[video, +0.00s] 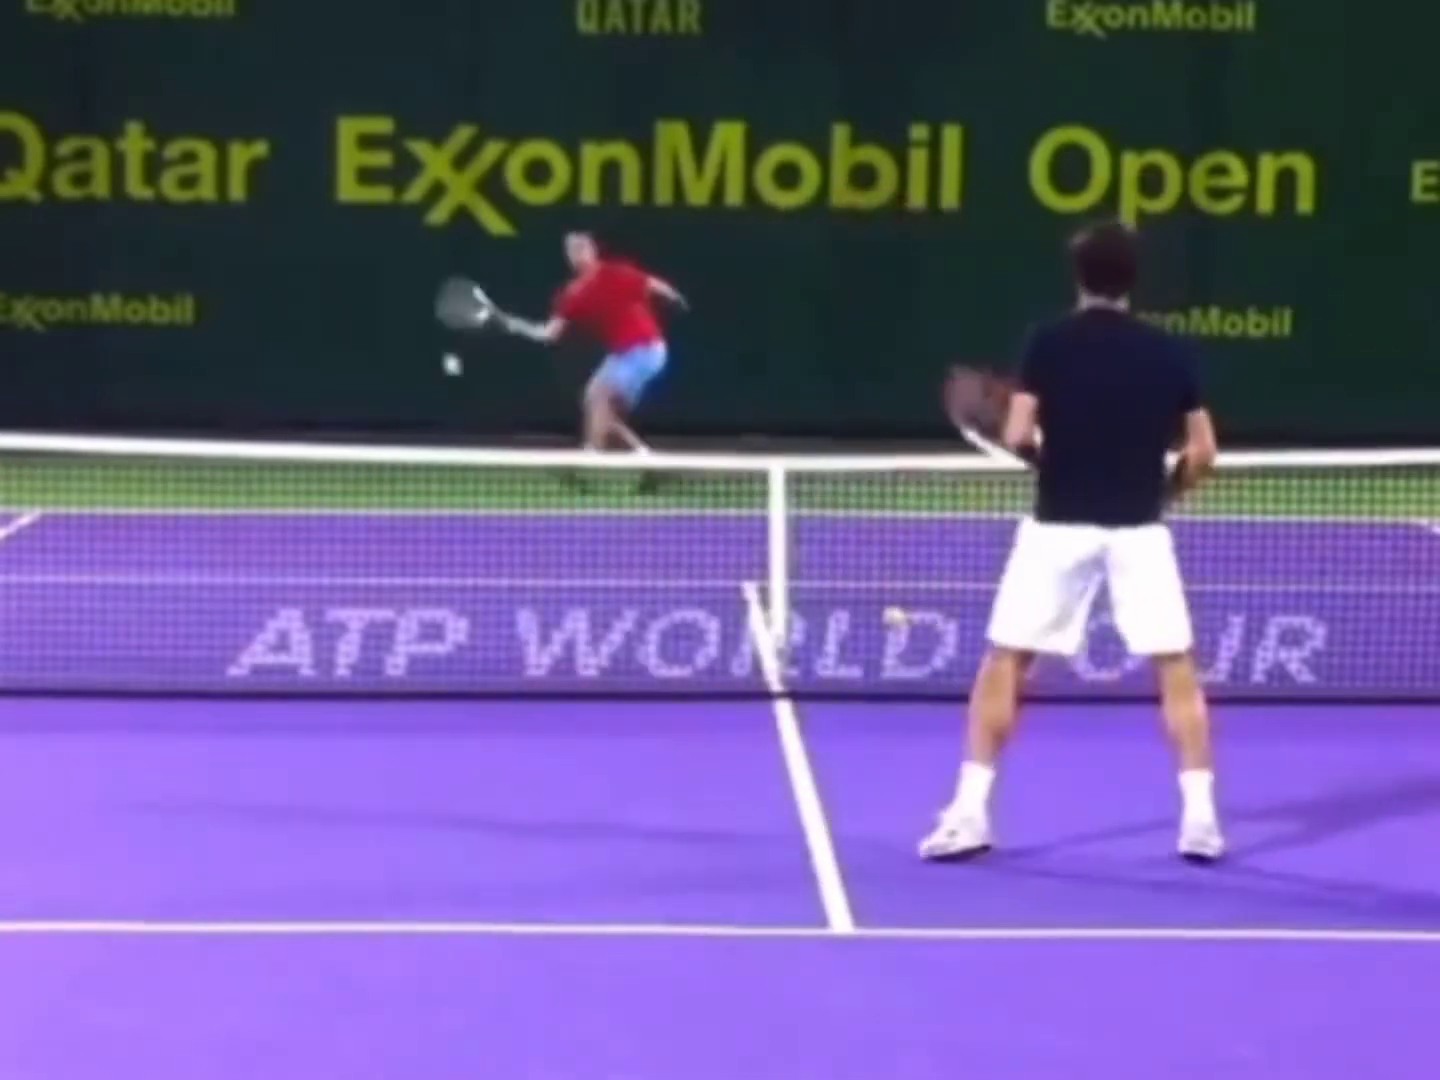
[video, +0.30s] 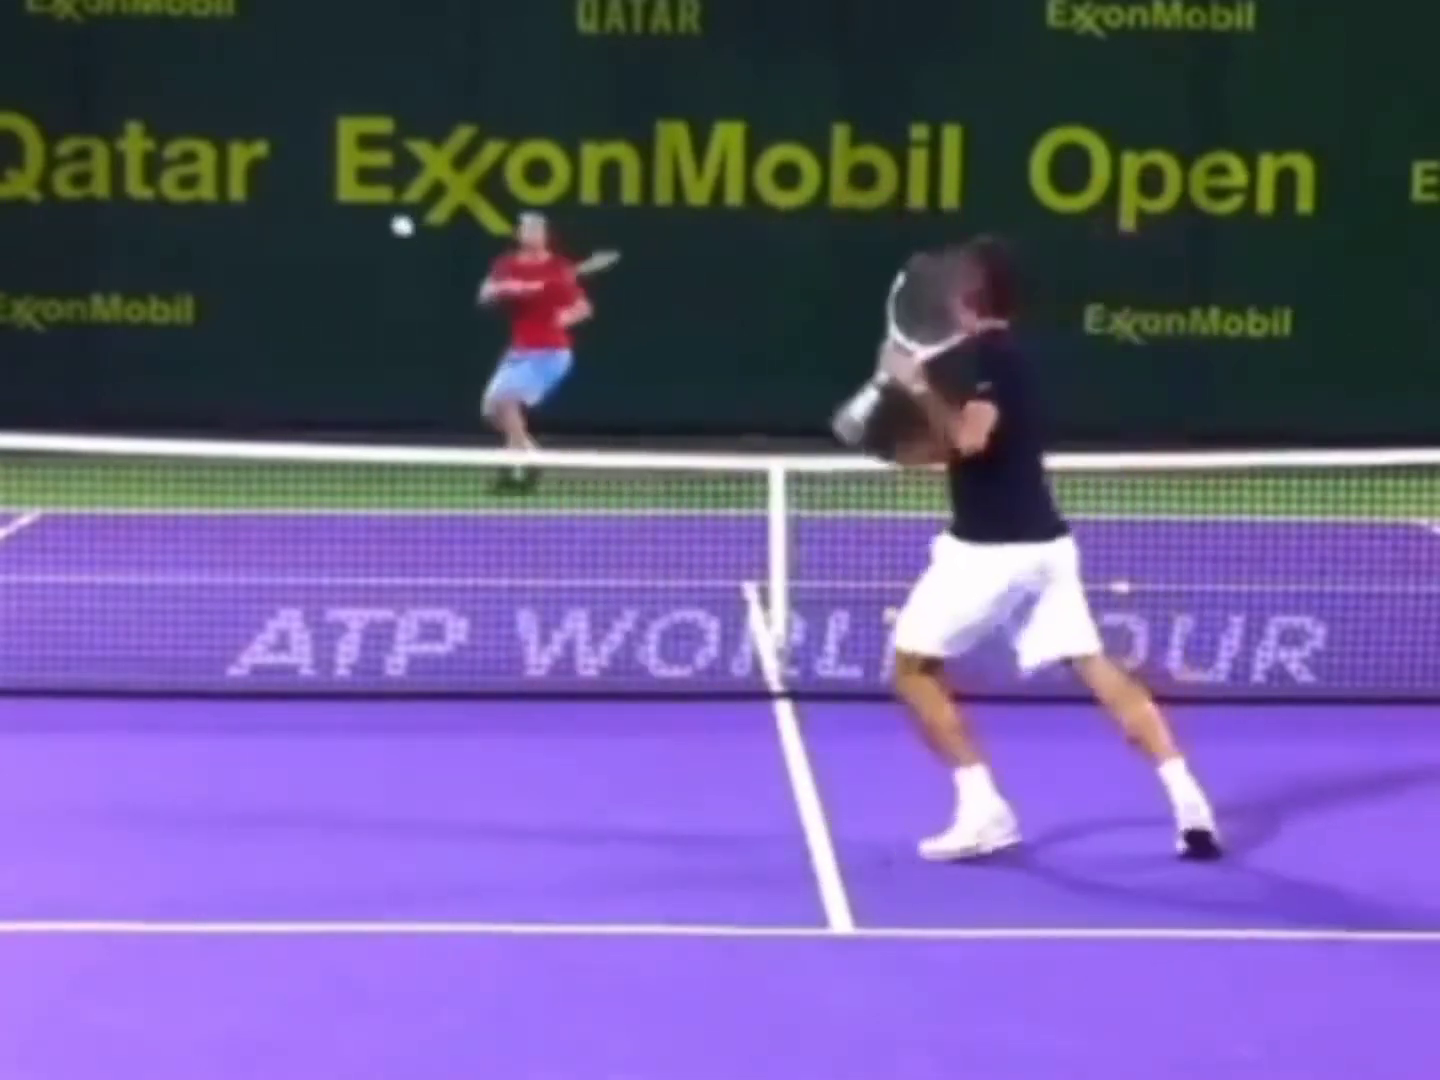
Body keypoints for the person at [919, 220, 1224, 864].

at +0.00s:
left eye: (1082, 274)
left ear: (1077, 279)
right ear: (1134, 281)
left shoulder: (1049, 342)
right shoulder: (1166, 350)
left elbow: (1018, 433)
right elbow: (1202, 452)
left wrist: (1057, 455)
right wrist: (1169, 488)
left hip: (1057, 527)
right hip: (1140, 530)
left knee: (1004, 662)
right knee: (1176, 669)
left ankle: (970, 808)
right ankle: (1199, 813)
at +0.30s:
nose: (950, 300)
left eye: (958, 290)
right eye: (954, 289)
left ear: (971, 300)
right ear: (1006, 301)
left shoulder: (983, 359)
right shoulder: (1016, 358)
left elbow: (968, 438)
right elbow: (956, 443)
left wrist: (916, 385)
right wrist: (902, 438)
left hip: (986, 551)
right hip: (1048, 545)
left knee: (910, 669)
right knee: (1099, 671)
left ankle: (981, 803)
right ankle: (1186, 793)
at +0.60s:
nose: (732, 306)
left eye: (741, 297)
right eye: (733, 297)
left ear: (763, 304)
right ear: (775, 304)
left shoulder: (801, 361)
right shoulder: (750, 363)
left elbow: (801, 399)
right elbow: (653, 378)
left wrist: (729, 368)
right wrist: (596, 347)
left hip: (853, 549)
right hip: (802, 550)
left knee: (861, 691)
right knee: (748, 654)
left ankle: (976, 798)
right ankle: (813, 782)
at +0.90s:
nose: (496, 330)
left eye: (500, 318)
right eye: (495, 318)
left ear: (520, 320)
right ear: (539, 316)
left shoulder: (586, 371)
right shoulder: (540, 375)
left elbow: (669, 413)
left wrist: (750, 450)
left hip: (608, 571)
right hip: (551, 559)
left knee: (593, 721)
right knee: (480, 665)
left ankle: (725, 788)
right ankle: (521, 807)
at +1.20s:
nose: (409, 268)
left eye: (409, 257)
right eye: (414, 257)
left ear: (417, 257)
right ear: (469, 255)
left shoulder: (438, 317)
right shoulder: (505, 319)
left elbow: (449, 413)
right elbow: (548, 401)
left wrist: (414, 477)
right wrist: (529, 473)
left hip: (458, 506)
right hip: (511, 508)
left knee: (373, 625)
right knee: (463, 640)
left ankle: (383, 781)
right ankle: (513, 787)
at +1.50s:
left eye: (362, 281)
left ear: (355, 287)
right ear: (413, 289)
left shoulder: (328, 353)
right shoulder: (436, 357)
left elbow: (288, 442)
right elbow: (479, 451)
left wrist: (317, 460)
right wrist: (450, 490)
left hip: (340, 538)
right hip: (421, 538)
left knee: (296, 675)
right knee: (432, 668)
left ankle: (279, 821)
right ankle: (471, 796)